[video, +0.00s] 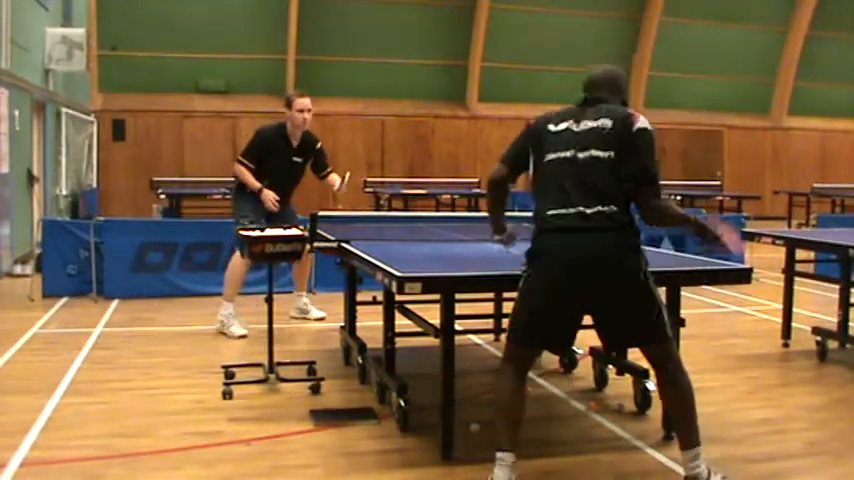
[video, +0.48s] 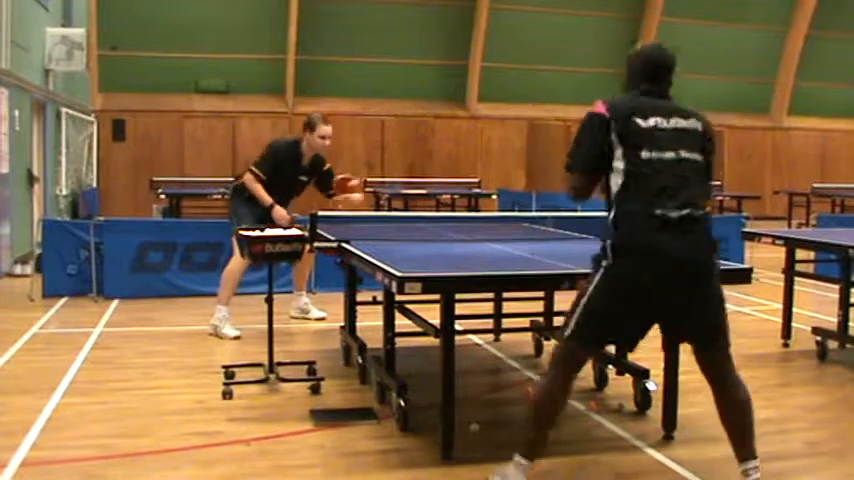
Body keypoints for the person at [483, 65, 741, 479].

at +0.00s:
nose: (628, 103)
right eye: (627, 97)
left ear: (585, 94)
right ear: (622, 96)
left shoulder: (545, 125)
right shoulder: (632, 126)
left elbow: (498, 178)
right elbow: (651, 209)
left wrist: (499, 227)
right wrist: (695, 222)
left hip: (553, 261)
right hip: (615, 264)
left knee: (515, 365)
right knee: (666, 361)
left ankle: (503, 468)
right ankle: (696, 469)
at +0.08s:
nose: (621, 94)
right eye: (620, 87)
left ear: (580, 87)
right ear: (620, 89)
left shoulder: (543, 115)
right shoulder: (637, 123)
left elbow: (504, 171)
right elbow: (651, 201)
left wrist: (507, 209)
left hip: (560, 252)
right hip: (625, 253)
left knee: (518, 362)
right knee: (668, 363)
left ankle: (504, 466)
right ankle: (702, 466)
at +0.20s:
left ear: (577, 79)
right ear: (620, 82)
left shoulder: (553, 108)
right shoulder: (645, 116)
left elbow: (518, 175)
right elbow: (633, 171)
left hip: (579, 247)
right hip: (640, 247)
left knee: (526, 356)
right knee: (685, 361)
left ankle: (507, 467)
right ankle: (729, 467)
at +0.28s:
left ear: (584, 84)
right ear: (625, 86)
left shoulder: (564, 118)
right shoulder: (650, 120)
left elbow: (531, 185)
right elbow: (622, 162)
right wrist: (576, 114)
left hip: (590, 260)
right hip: (651, 261)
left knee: (533, 358)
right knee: (698, 369)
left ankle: (511, 467)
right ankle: (738, 469)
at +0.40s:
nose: (606, 87)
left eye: (608, 81)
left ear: (611, 83)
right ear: (651, 88)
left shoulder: (594, 126)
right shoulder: (676, 128)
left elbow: (564, 194)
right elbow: (674, 185)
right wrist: (605, 171)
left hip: (621, 269)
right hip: (680, 270)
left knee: (547, 366)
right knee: (712, 375)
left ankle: (509, 470)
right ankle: (748, 471)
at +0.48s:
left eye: (631, 74)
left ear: (629, 77)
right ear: (671, 81)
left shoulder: (608, 114)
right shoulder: (698, 123)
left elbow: (579, 189)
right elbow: (703, 196)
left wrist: (606, 160)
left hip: (633, 260)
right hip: (694, 262)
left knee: (566, 362)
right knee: (722, 370)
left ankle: (521, 466)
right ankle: (751, 470)